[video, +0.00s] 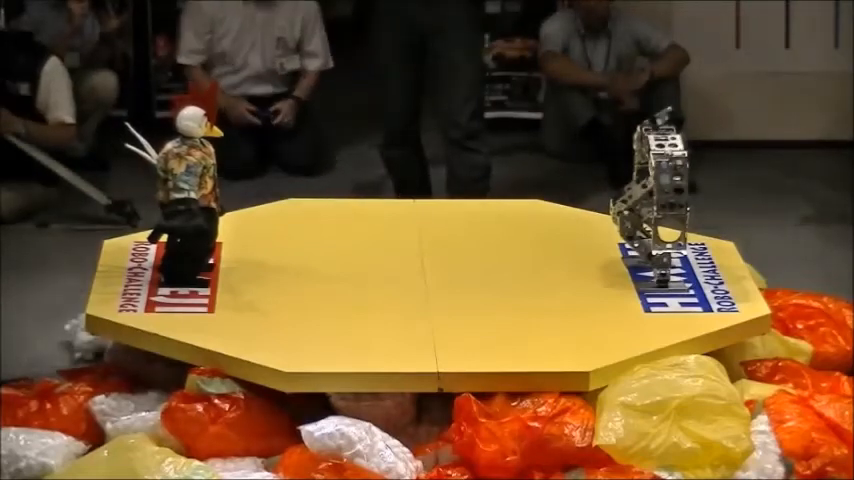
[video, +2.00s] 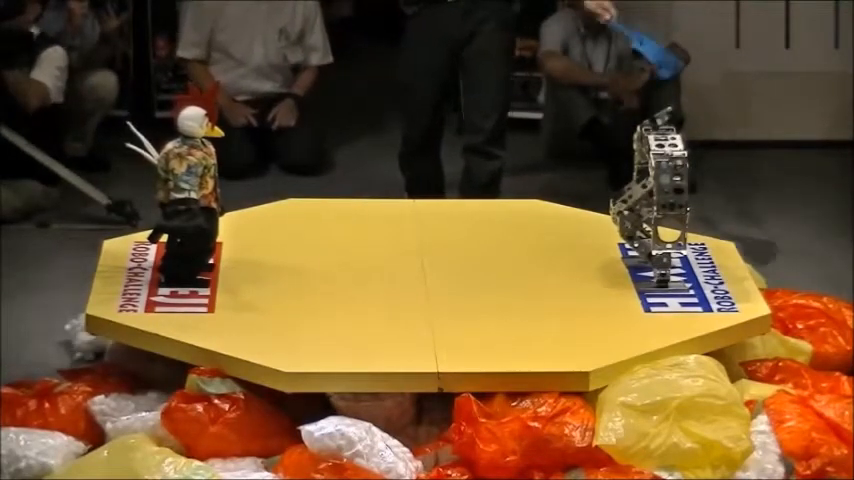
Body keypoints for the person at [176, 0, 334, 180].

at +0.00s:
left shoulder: (303, 6)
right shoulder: (204, 6)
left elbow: (315, 61)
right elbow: (191, 65)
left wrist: (295, 101)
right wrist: (226, 104)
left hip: (284, 97)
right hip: (231, 100)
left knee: (307, 162)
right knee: (238, 166)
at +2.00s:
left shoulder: (304, 5)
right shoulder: (204, 5)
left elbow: (313, 61)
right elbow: (192, 59)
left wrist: (292, 100)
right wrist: (227, 105)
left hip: (281, 99)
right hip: (229, 102)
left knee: (305, 160)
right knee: (237, 164)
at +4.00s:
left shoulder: (302, 5)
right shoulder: (202, 5)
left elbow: (310, 60)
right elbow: (191, 61)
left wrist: (291, 100)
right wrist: (226, 105)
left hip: (280, 99)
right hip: (227, 102)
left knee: (306, 161)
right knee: (238, 164)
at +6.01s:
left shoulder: (297, 3)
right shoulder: (199, 4)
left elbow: (321, 39)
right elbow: (183, 55)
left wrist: (291, 25)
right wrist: (212, 26)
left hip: (283, 99)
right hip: (229, 103)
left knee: (306, 162)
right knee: (236, 167)